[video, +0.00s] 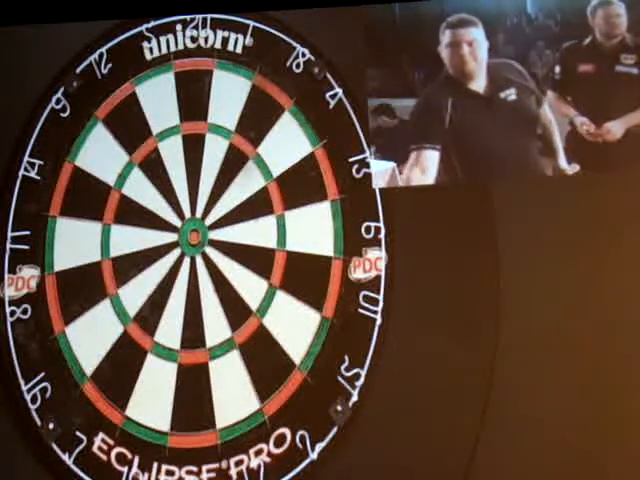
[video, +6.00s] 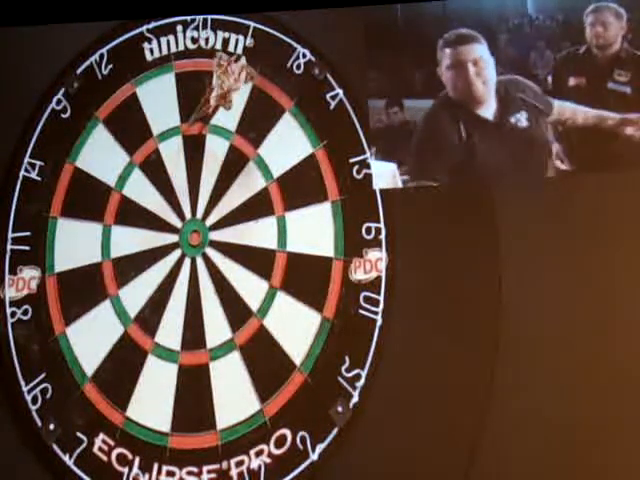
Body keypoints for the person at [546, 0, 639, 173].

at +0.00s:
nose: (613, 22)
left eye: (618, 16)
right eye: (607, 17)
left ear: (627, 19)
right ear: (592, 21)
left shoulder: (636, 52)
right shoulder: (571, 53)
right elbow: (553, 96)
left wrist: (622, 124)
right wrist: (576, 118)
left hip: (627, 163)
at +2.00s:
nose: (559, 24)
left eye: (565, 19)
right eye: (553, 20)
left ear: (578, 24)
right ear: (544, 26)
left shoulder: (598, 61)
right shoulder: (524, 59)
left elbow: (619, 106)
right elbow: (511, 104)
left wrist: (575, 125)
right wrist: (539, 126)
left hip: (585, 155)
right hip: (536, 153)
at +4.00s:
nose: (580, 36)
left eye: (586, 29)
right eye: (577, 30)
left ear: (607, 27)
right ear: (572, 31)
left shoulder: (632, 60)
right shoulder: (570, 62)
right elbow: (533, 90)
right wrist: (557, 56)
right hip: (576, 160)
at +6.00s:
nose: (597, 30)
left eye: (604, 25)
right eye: (591, 25)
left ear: (622, 27)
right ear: (585, 29)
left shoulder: (635, 64)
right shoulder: (566, 63)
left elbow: (636, 119)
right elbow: (551, 108)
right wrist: (554, 143)